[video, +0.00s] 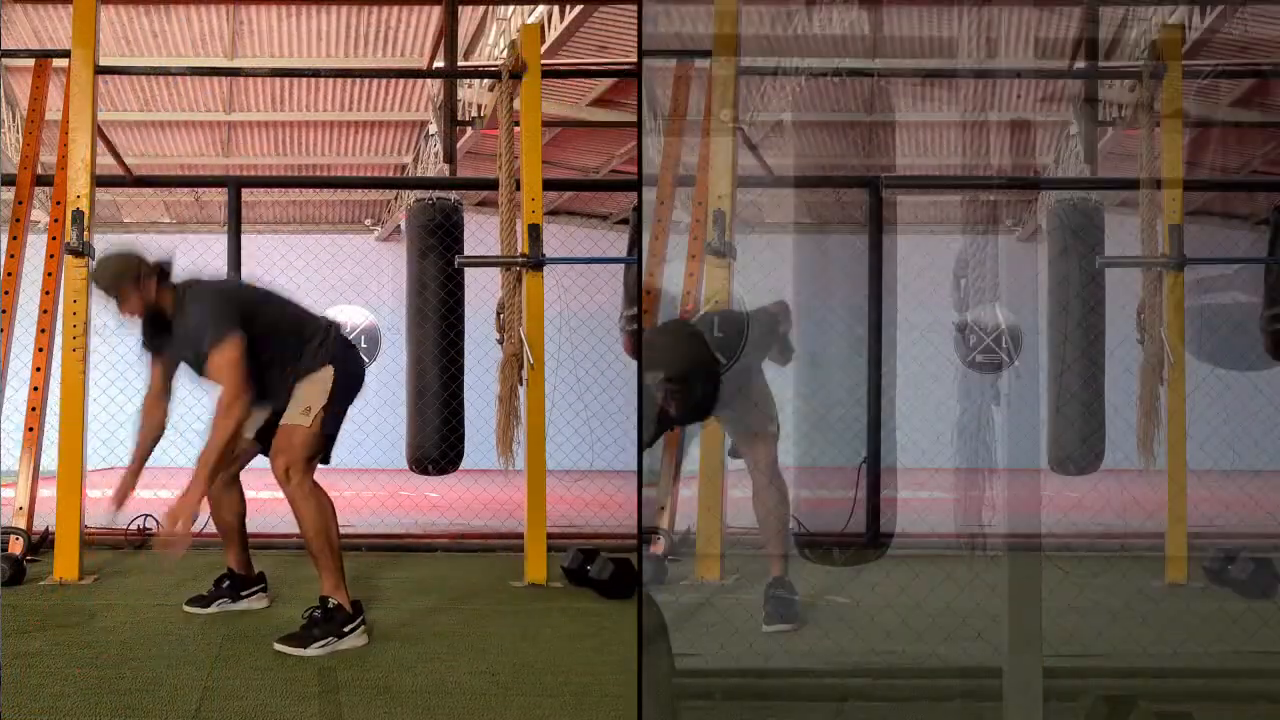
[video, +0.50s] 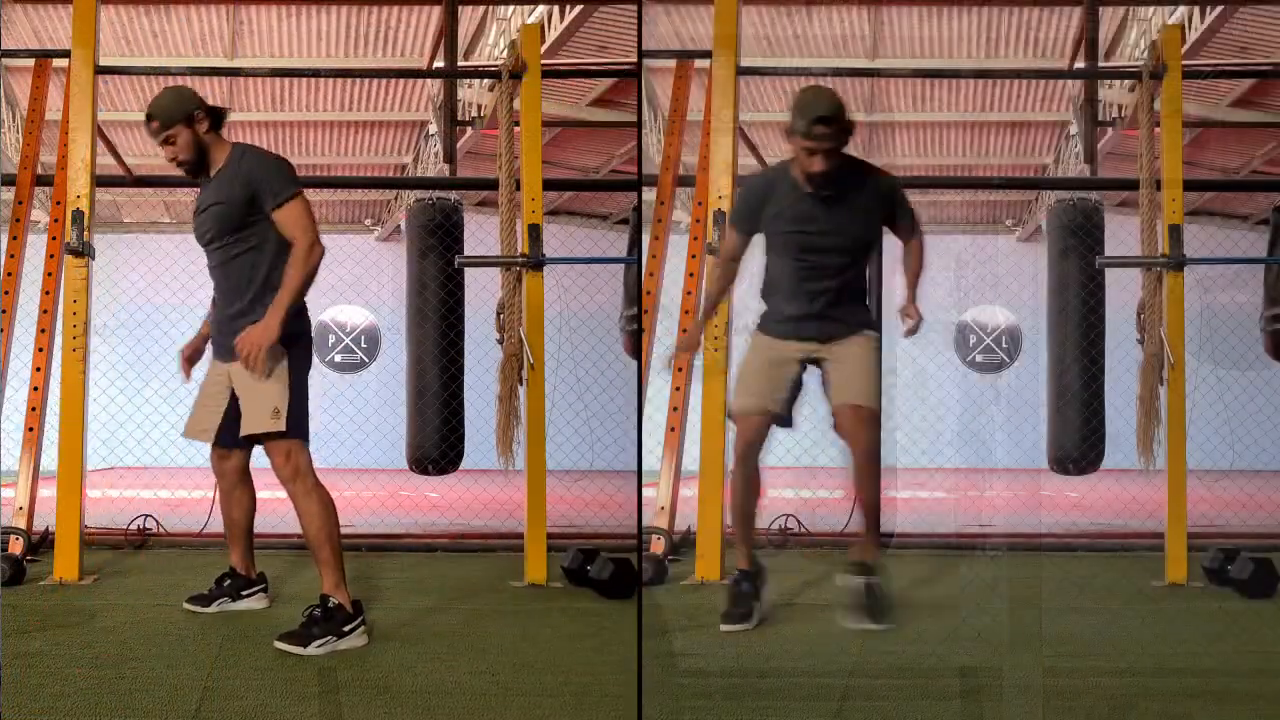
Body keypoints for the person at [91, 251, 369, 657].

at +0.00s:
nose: (123, 308)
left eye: (124, 295)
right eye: (116, 299)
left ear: (149, 278)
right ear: (139, 287)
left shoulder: (205, 306)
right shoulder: (160, 325)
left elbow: (236, 397)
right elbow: (156, 401)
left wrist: (194, 493)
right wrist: (134, 470)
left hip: (325, 361)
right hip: (274, 379)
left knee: (291, 466)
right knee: (219, 470)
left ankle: (340, 607)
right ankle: (242, 577)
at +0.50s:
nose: (166, 151)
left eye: (170, 137)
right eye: (160, 142)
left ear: (203, 123)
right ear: (173, 139)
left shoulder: (262, 169)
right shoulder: (211, 187)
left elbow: (309, 246)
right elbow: (234, 278)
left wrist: (272, 323)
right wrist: (204, 337)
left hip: (275, 340)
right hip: (232, 344)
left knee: (291, 464)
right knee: (227, 459)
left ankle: (340, 604)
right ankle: (243, 576)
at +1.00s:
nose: (108, 458)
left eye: (105, 450)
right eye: (102, 454)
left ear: (118, 426)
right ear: (114, 426)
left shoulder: (164, 414)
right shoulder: (126, 412)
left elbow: (162, 533)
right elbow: (117, 518)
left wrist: (141, 638)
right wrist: (86, 605)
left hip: (304, 329)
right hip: (263, 343)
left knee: (299, 461)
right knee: (240, 458)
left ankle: (344, 605)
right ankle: (253, 574)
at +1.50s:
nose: (40, 485)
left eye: (34, 477)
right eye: (31, 480)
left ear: (46, 448)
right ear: (46, 439)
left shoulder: (117, 432)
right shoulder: (85, 438)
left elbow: (148, 544)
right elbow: (103, 531)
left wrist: (152, 649)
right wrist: (92, 610)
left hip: (265, 456)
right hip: (238, 474)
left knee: (362, 529)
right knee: (323, 527)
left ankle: (484, 558)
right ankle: (401, 546)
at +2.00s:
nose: (118, 369)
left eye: (118, 357)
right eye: (113, 360)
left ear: (141, 342)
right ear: (137, 346)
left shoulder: (192, 354)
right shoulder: (149, 370)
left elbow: (189, 454)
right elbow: (131, 455)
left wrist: (147, 549)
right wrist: (100, 539)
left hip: (324, 370)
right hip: (270, 384)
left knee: (280, 467)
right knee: (211, 467)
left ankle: (330, 605)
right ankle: (242, 577)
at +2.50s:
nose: (196, 140)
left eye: (204, 126)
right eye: (194, 130)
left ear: (233, 121)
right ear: (202, 134)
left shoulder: (276, 168)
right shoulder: (216, 185)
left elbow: (314, 251)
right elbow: (229, 274)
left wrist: (285, 328)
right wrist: (210, 339)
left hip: (266, 336)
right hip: (221, 342)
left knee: (287, 464)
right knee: (227, 460)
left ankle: (331, 602)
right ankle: (242, 576)